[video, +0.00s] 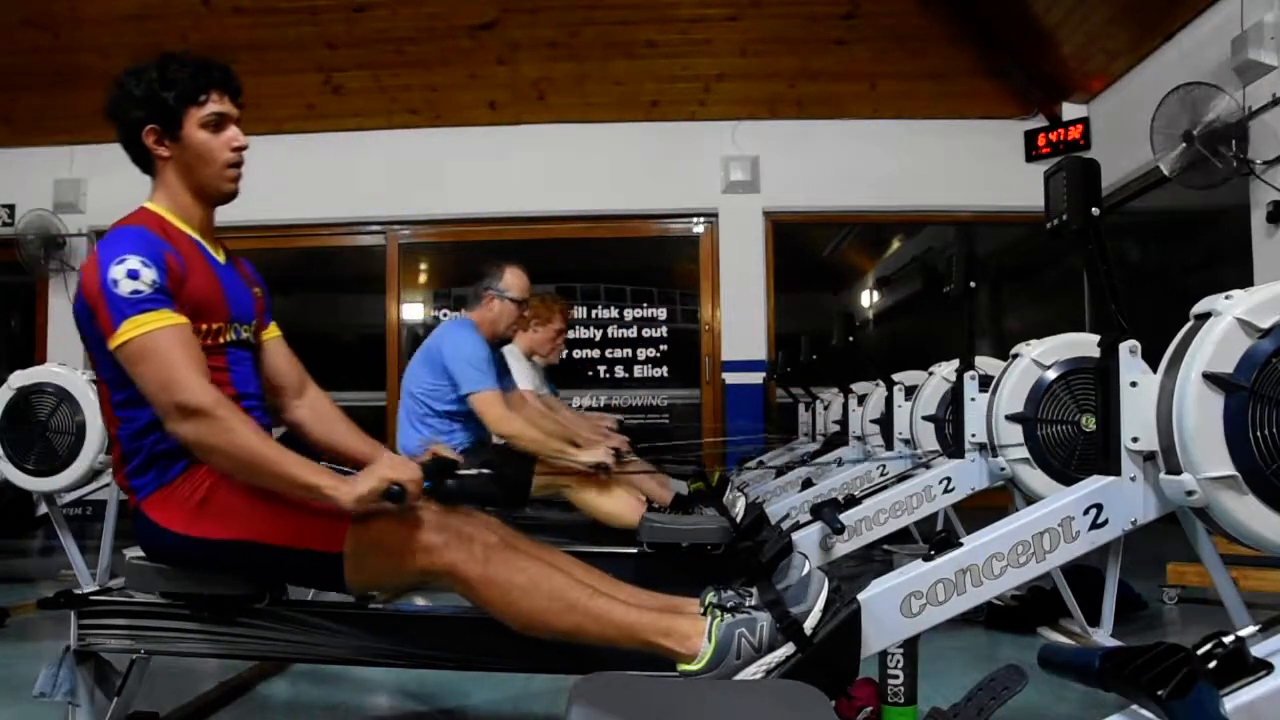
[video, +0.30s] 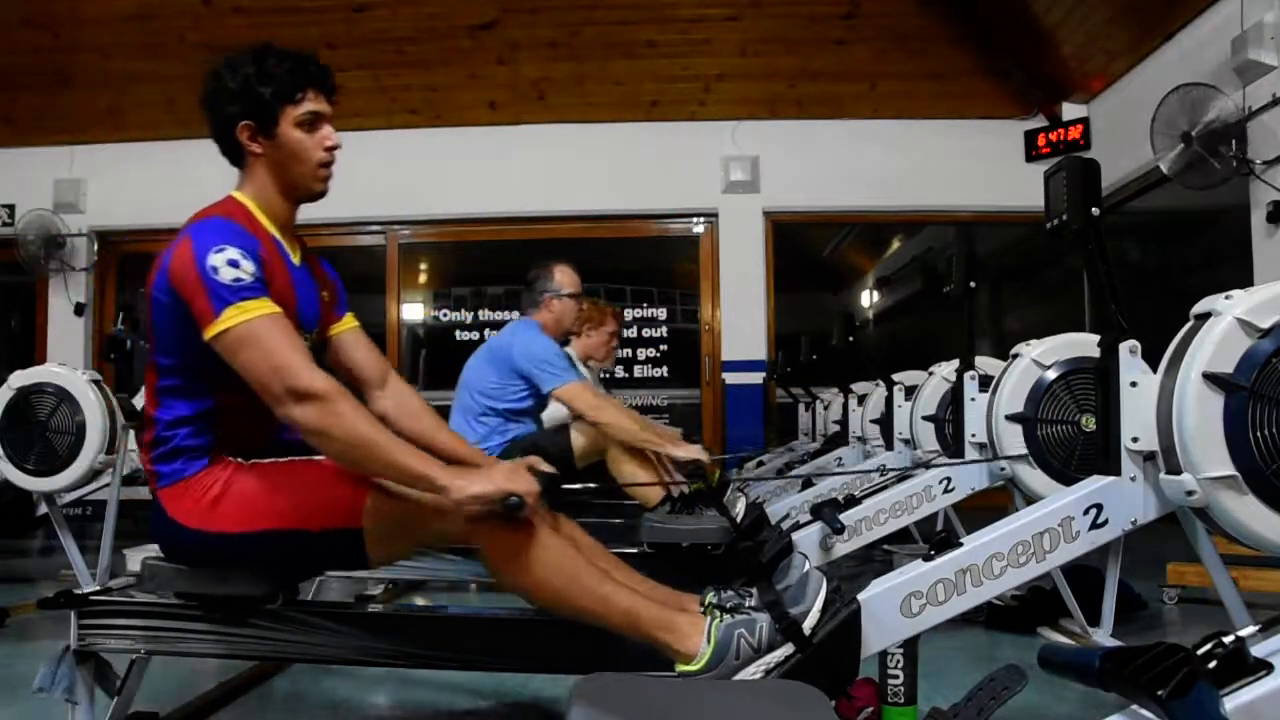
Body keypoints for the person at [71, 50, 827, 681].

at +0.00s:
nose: (238, 140)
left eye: (238, 124)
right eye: (215, 124)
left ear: (224, 141)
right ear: (158, 140)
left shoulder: (226, 267)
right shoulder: (131, 255)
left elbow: (291, 391)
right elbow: (194, 420)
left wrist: (375, 460)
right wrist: (335, 488)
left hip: (259, 482)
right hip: (193, 495)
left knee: (471, 524)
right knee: (447, 538)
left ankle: (692, 623)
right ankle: (690, 639)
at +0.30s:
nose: (331, 143)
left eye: (331, 126)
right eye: (311, 126)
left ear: (297, 138)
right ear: (251, 138)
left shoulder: (300, 261)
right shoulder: (215, 245)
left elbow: (382, 383)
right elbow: (301, 399)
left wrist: (480, 463)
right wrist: (456, 480)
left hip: (273, 475)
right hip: (210, 491)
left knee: (499, 483)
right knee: (472, 507)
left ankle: (699, 620)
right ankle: (692, 641)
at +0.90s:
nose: (575, 150)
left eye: (570, 132)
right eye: (555, 134)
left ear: (507, 152)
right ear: (497, 150)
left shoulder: (490, 246)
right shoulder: (463, 246)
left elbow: (589, 384)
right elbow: (590, 393)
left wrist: (727, 458)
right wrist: (750, 469)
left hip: (408, 483)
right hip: (375, 499)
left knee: (623, 386)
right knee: (619, 396)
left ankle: (698, 616)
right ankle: (700, 642)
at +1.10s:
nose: (659, 154)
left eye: (653, 134)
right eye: (639, 136)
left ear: (589, 153)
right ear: (582, 151)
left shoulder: (565, 241)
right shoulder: (554, 245)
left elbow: (681, 371)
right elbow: (692, 383)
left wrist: (837, 452)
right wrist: (856, 456)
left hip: (476, 490)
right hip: (457, 503)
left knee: (680, 380)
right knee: (679, 392)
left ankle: (704, 613)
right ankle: (701, 631)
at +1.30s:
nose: (717, 154)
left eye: (711, 135)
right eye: (699, 137)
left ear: (646, 154)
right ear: (642, 153)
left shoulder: (631, 244)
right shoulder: (620, 249)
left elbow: (775, 362)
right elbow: (780, 376)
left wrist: (890, 436)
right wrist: (940, 434)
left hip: (531, 495)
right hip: (512, 506)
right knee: (738, 382)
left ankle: (704, 599)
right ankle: (702, 621)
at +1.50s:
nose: (707, 152)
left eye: (701, 134)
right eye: (690, 135)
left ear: (637, 153)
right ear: (633, 151)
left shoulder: (617, 240)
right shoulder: (614, 246)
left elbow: (755, 362)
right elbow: (779, 356)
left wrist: (882, 421)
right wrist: (950, 415)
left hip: (520, 492)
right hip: (504, 505)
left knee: (735, 373)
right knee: (729, 377)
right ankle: (703, 623)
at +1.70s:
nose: (595, 138)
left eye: (591, 120)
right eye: (576, 121)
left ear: (528, 140)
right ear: (519, 135)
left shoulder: (513, 228)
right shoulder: (503, 232)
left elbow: (611, 359)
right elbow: (642, 373)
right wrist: (808, 415)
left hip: (431, 477)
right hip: (405, 493)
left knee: (643, 370)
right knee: (645, 386)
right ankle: (702, 630)